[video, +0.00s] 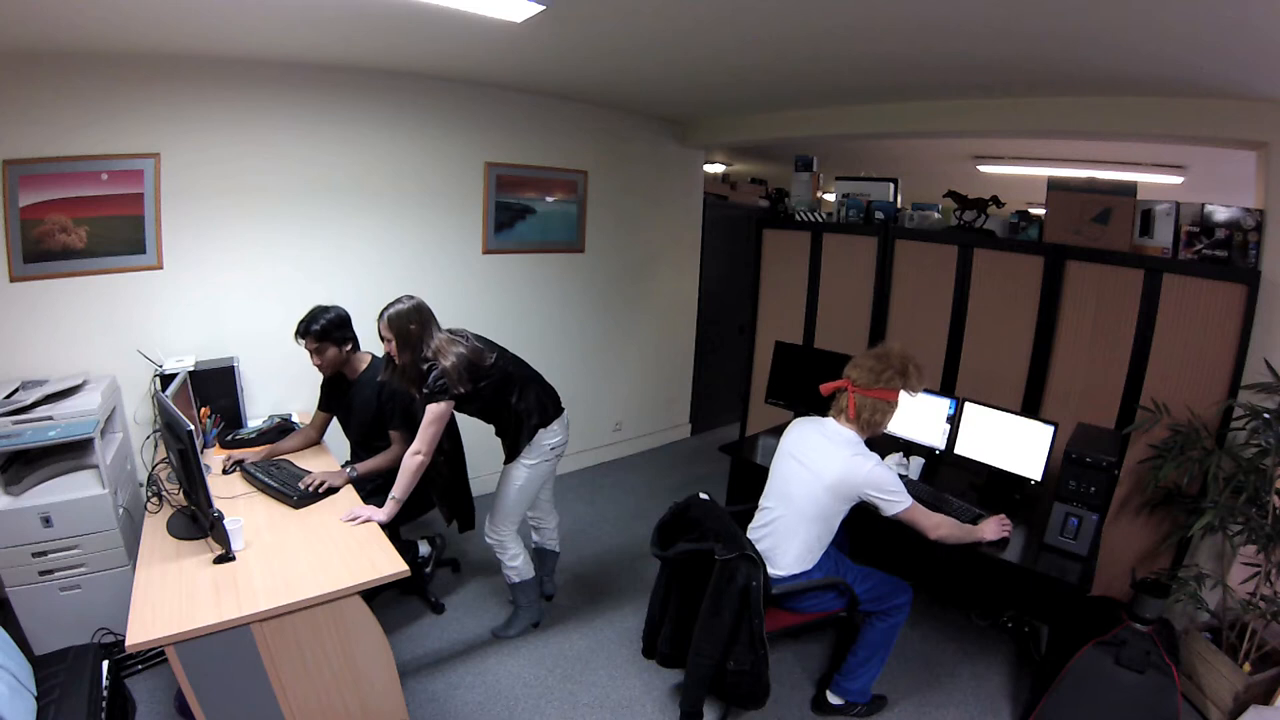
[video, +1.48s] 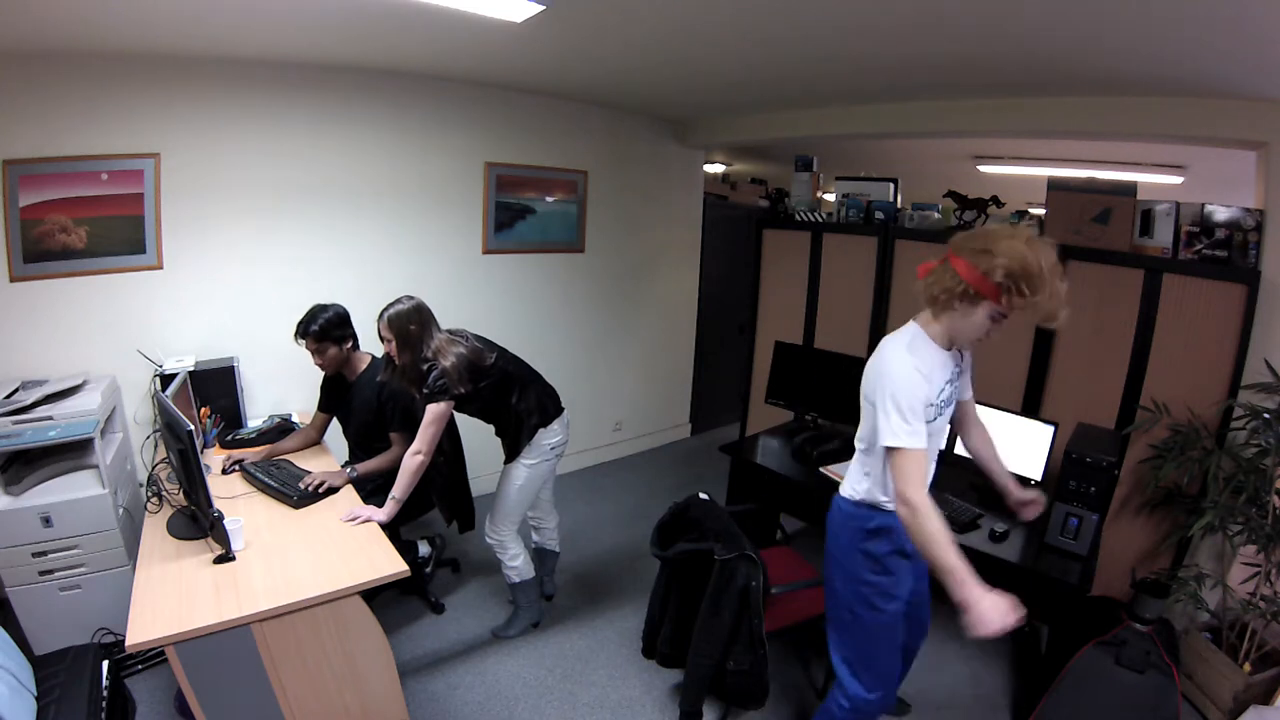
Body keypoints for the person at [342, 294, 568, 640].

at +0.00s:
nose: (386, 349)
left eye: (388, 340)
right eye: (384, 340)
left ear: (410, 337)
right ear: (420, 330)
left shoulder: (443, 369)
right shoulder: (450, 339)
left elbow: (420, 452)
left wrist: (387, 509)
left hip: (538, 434)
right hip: (547, 421)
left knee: (500, 530)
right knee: (541, 506)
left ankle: (528, 607)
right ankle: (546, 580)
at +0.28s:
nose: (386, 349)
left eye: (388, 341)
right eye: (384, 340)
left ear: (410, 338)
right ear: (420, 330)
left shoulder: (444, 369)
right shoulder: (450, 340)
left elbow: (420, 452)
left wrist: (388, 509)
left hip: (538, 434)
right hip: (547, 421)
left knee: (500, 530)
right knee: (541, 507)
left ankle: (528, 607)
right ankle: (546, 581)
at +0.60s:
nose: (386, 349)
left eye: (389, 341)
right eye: (384, 340)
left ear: (410, 338)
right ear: (420, 330)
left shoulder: (443, 369)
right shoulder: (451, 340)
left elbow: (420, 453)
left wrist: (388, 509)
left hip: (539, 433)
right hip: (548, 421)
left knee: (500, 530)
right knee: (541, 507)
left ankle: (528, 607)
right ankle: (546, 581)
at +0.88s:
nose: (386, 349)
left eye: (389, 341)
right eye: (384, 340)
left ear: (410, 338)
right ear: (420, 331)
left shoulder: (444, 369)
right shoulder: (451, 340)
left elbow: (420, 452)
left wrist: (388, 509)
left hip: (539, 433)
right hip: (547, 421)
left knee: (500, 530)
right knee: (542, 507)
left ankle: (528, 607)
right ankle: (546, 581)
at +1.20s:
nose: (386, 349)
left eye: (389, 341)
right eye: (384, 341)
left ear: (411, 338)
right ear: (420, 331)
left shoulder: (444, 369)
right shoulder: (450, 340)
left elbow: (420, 452)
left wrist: (388, 509)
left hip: (539, 433)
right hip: (547, 421)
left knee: (500, 530)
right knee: (541, 507)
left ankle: (528, 607)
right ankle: (546, 581)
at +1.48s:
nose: (387, 349)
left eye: (389, 341)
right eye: (384, 341)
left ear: (410, 338)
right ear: (420, 331)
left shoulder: (444, 369)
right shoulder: (450, 340)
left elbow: (420, 452)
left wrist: (388, 509)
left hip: (538, 433)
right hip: (547, 421)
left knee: (500, 530)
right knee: (541, 507)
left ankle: (528, 607)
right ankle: (546, 581)